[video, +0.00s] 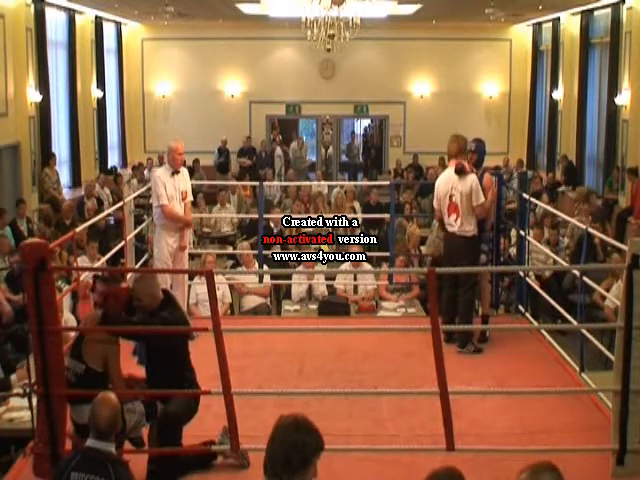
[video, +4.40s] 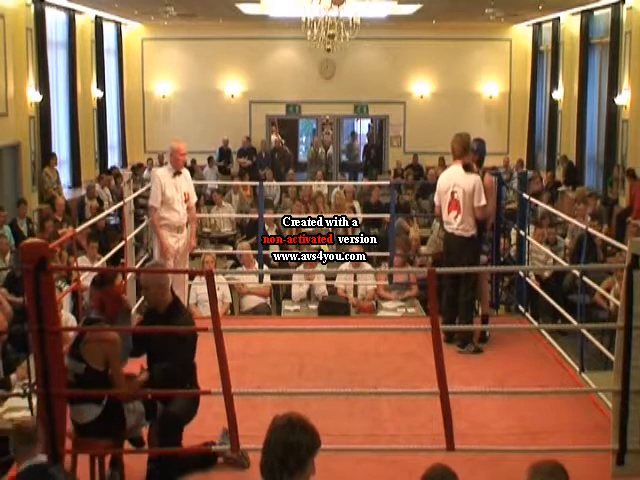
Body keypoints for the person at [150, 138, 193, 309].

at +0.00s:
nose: (181, 158)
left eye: (182, 154)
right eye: (178, 154)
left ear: (183, 156)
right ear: (168, 156)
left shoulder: (184, 172)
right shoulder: (158, 174)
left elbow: (188, 202)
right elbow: (164, 207)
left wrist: (185, 233)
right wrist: (185, 219)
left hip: (182, 227)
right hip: (165, 227)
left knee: (181, 270)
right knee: (163, 269)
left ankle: (181, 309)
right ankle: (163, 308)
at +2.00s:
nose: (179, 158)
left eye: (181, 154)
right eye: (176, 155)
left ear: (183, 156)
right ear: (166, 156)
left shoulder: (184, 173)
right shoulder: (158, 174)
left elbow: (188, 204)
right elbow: (166, 209)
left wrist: (185, 234)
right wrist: (187, 213)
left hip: (182, 227)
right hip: (165, 227)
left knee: (181, 271)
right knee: (163, 271)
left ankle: (181, 310)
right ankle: (162, 310)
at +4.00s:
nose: (182, 158)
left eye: (183, 154)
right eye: (178, 155)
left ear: (184, 156)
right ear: (169, 156)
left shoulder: (185, 173)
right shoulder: (158, 174)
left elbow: (189, 205)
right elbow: (165, 210)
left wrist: (185, 234)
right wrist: (187, 214)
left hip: (183, 228)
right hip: (165, 228)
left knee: (181, 271)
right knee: (164, 270)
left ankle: (181, 309)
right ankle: (162, 309)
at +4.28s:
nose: (183, 159)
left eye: (185, 155)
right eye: (180, 155)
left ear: (185, 156)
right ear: (171, 156)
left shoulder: (185, 174)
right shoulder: (158, 174)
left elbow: (191, 206)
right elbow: (155, 211)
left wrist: (189, 234)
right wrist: (171, 237)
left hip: (182, 227)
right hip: (165, 227)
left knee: (182, 269)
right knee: (165, 267)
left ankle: (182, 306)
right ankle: (163, 306)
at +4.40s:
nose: (184, 159)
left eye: (185, 155)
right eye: (181, 155)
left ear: (186, 156)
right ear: (171, 156)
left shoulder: (186, 174)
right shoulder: (159, 174)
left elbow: (191, 206)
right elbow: (153, 210)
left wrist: (193, 235)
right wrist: (162, 240)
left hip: (183, 227)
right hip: (165, 227)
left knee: (182, 269)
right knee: (166, 268)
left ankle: (182, 306)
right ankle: (164, 306)